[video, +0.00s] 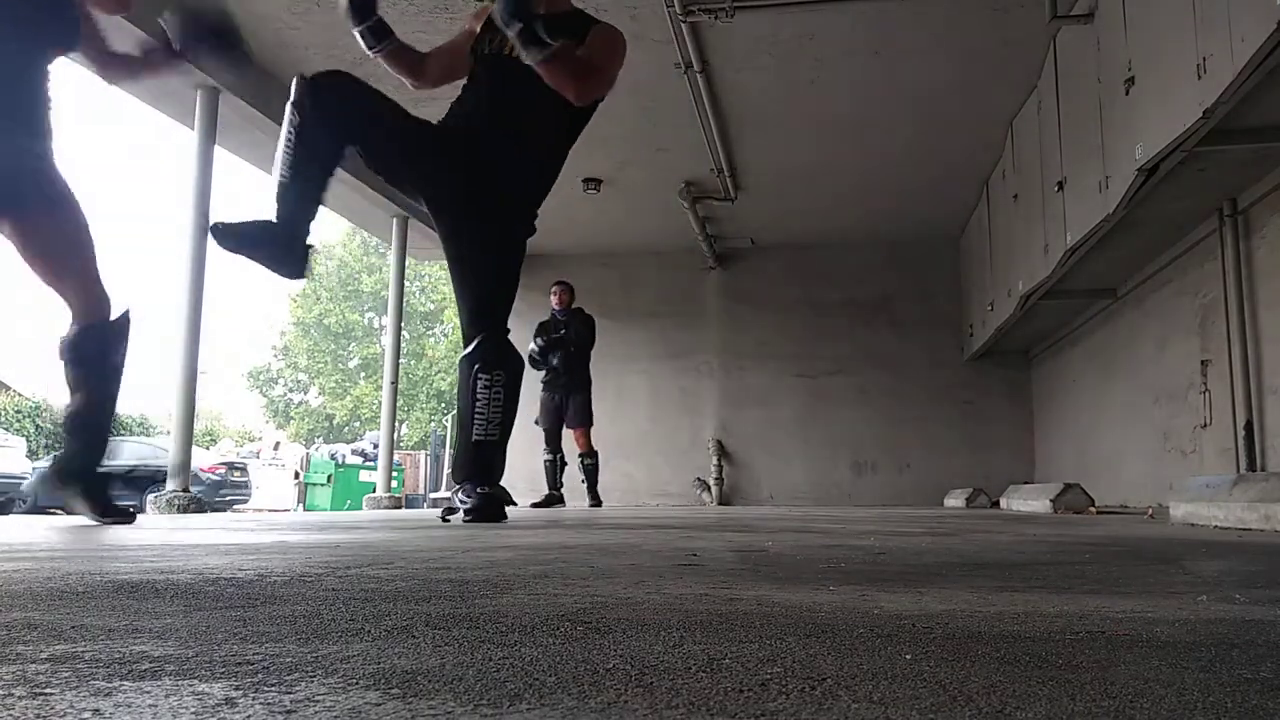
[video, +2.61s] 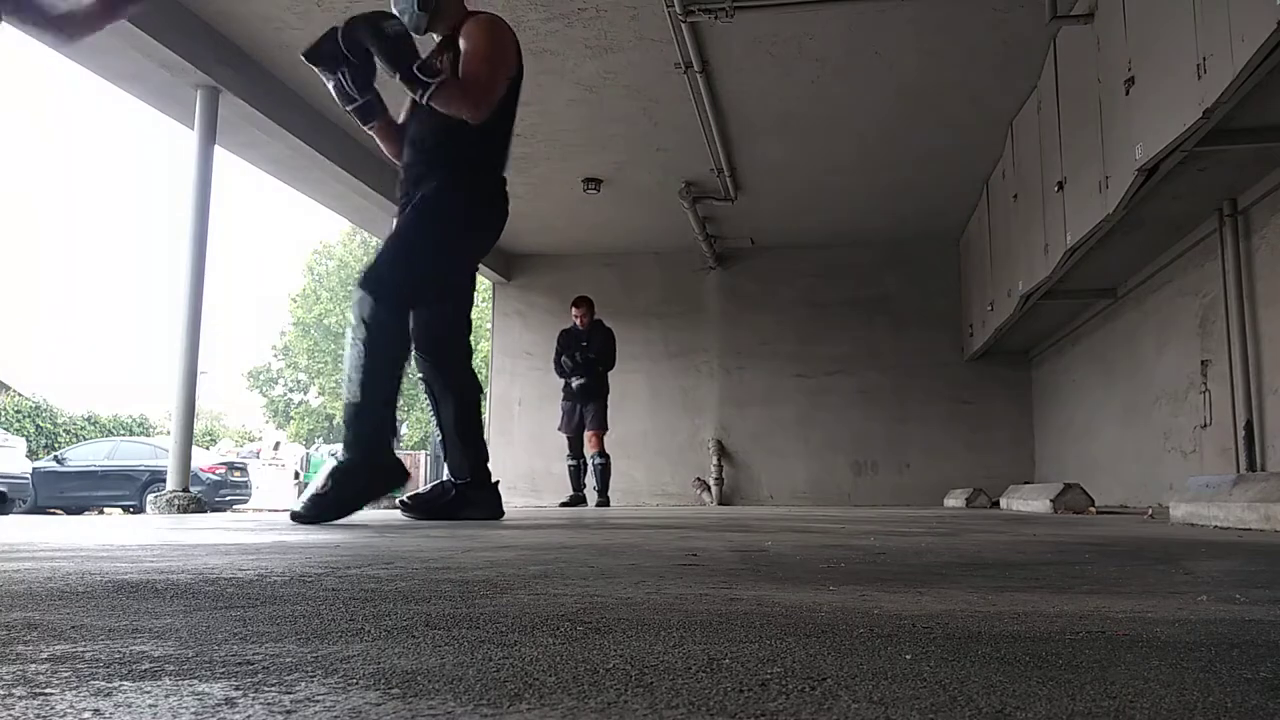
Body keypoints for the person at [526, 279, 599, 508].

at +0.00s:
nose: (558, 297)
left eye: (562, 293)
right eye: (554, 294)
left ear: (571, 297)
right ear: (550, 299)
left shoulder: (583, 320)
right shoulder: (544, 326)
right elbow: (534, 359)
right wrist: (548, 358)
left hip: (577, 388)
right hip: (551, 388)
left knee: (582, 438)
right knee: (550, 439)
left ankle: (592, 491)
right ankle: (554, 492)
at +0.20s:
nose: (573, 298)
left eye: (578, 294)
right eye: (569, 294)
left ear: (586, 298)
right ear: (564, 299)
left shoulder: (596, 322)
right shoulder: (555, 325)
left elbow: (594, 352)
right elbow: (544, 354)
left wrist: (574, 365)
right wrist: (551, 358)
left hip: (587, 388)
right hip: (560, 388)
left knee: (586, 436)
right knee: (556, 437)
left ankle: (592, 491)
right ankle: (554, 491)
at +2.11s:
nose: (564, 313)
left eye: (568, 309)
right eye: (560, 310)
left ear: (577, 312)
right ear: (556, 314)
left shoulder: (590, 333)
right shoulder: (551, 339)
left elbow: (604, 359)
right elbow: (548, 369)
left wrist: (578, 363)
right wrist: (553, 383)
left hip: (586, 396)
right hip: (562, 399)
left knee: (587, 439)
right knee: (569, 444)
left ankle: (594, 492)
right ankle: (576, 492)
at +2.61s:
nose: (579, 321)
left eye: (583, 316)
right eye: (575, 316)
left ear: (592, 314)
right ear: (571, 316)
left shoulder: (604, 333)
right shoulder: (566, 335)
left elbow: (608, 363)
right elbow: (558, 365)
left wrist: (584, 365)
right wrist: (570, 374)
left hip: (595, 396)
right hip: (571, 396)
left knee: (594, 439)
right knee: (573, 442)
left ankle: (602, 494)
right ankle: (577, 493)